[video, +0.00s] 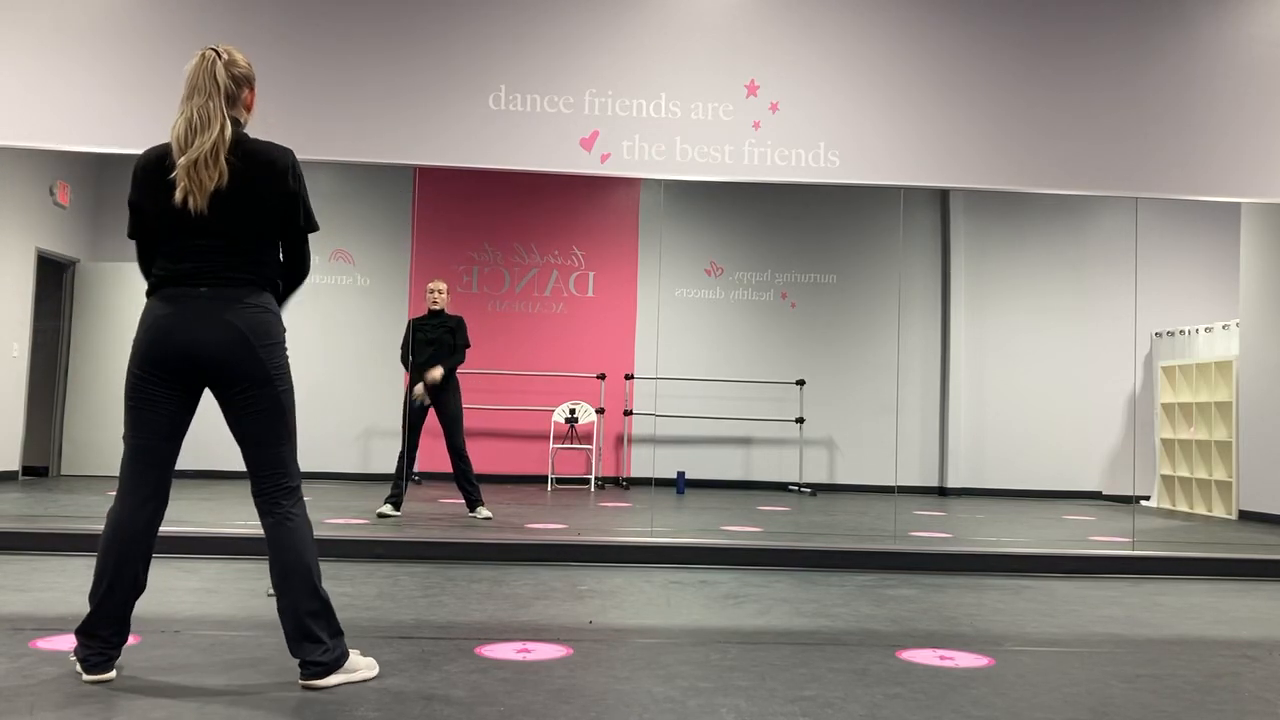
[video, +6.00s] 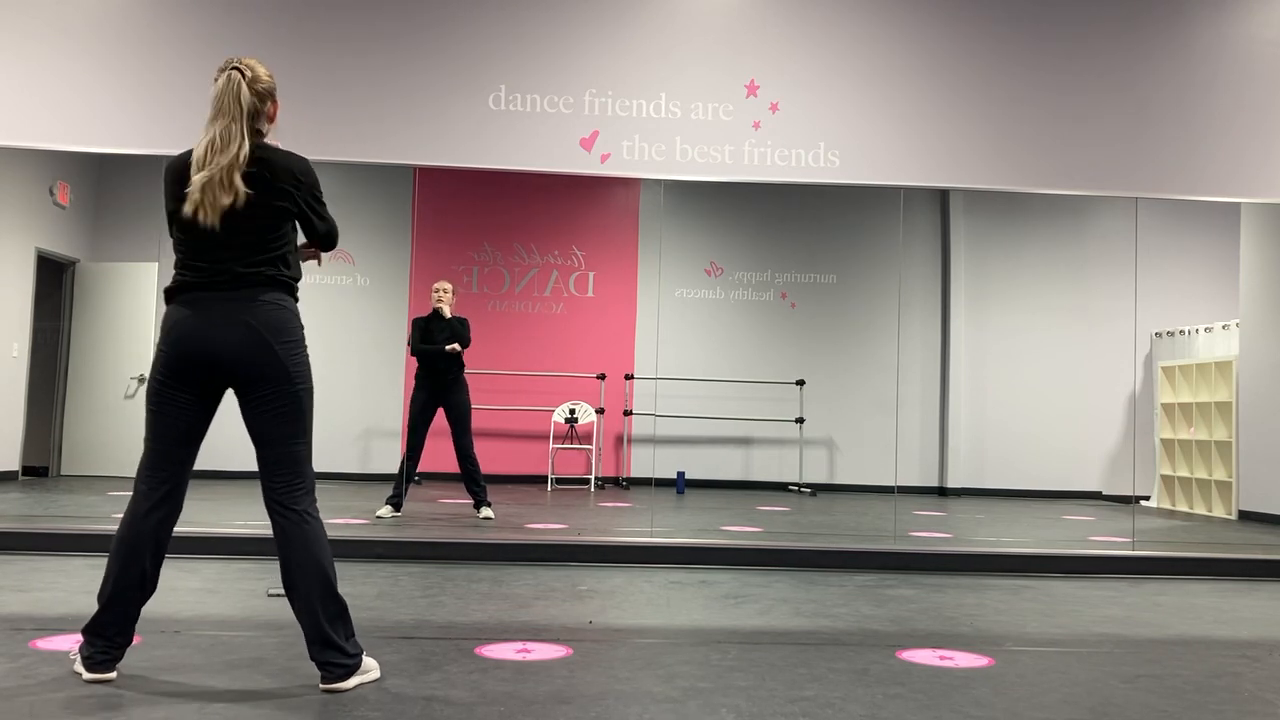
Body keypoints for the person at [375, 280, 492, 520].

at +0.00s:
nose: (435, 295)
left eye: (440, 292)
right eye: (431, 291)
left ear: (447, 297)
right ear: (425, 296)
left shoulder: (456, 322)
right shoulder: (414, 324)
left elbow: (460, 354)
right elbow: (405, 355)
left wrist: (441, 368)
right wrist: (417, 379)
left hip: (446, 388)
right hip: (418, 388)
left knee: (457, 446)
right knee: (408, 446)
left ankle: (475, 504)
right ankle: (393, 503)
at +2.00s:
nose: (440, 293)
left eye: (445, 290)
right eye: (437, 290)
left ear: (453, 299)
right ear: (430, 297)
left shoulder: (460, 322)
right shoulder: (420, 324)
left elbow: (462, 343)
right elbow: (414, 355)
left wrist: (449, 315)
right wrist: (441, 352)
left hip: (452, 389)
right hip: (423, 389)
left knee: (463, 448)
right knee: (412, 448)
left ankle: (482, 503)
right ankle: (394, 503)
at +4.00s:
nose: (442, 294)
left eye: (447, 291)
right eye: (439, 290)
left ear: (454, 298)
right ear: (431, 297)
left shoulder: (461, 323)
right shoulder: (420, 322)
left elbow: (466, 345)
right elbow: (415, 349)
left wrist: (451, 318)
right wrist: (446, 351)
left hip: (455, 389)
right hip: (426, 389)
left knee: (465, 448)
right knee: (412, 449)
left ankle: (482, 504)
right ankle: (394, 504)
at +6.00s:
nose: (439, 294)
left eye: (445, 291)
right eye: (436, 291)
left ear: (453, 298)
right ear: (430, 297)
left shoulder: (460, 323)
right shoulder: (420, 322)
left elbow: (464, 342)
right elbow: (415, 349)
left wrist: (448, 317)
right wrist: (444, 348)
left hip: (455, 389)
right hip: (425, 389)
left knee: (465, 447)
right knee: (412, 448)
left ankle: (482, 504)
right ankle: (394, 504)